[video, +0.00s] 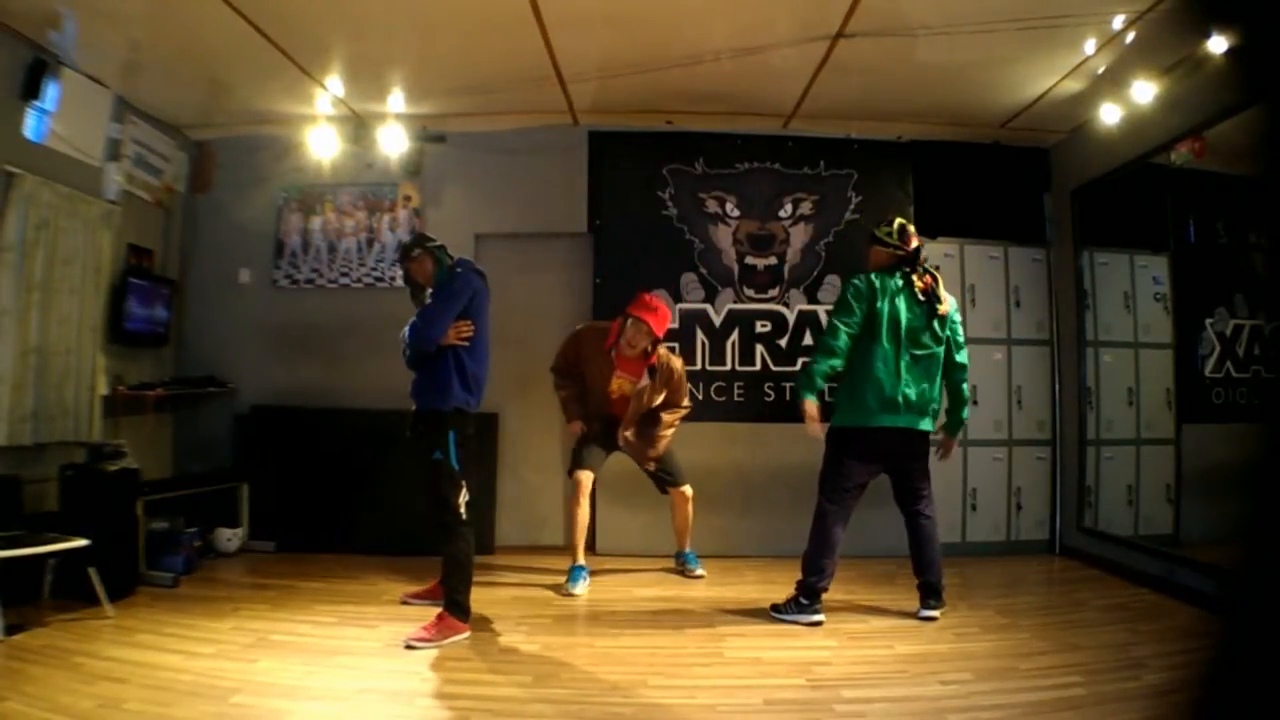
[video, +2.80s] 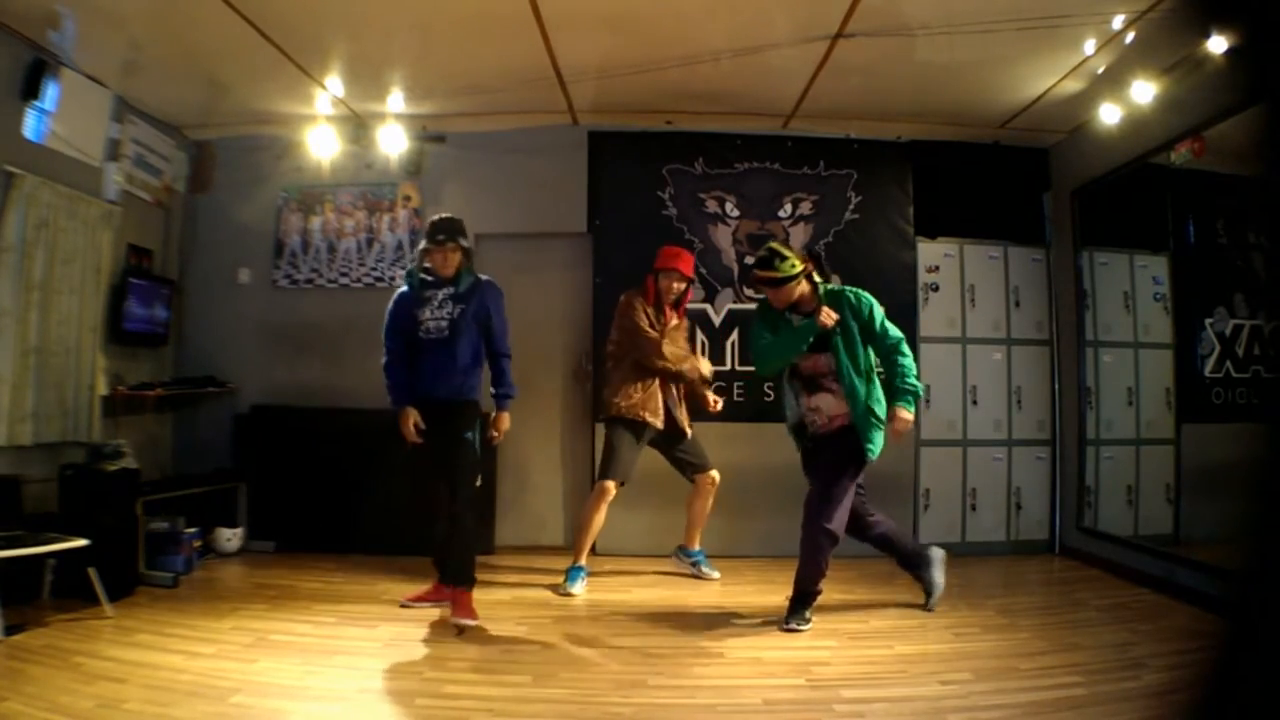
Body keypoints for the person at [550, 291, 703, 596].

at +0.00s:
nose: (635, 335)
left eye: (645, 333)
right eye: (634, 325)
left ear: (655, 338)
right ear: (625, 320)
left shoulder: (668, 366)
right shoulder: (590, 338)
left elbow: (677, 407)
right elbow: (562, 372)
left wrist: (651, 446)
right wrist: (573, 415)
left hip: (642, 429)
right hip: (598, 425)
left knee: (683, 492)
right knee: (581, 480)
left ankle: (684, 554)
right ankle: (578, 566)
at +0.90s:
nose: (669, 367)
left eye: (673, 359)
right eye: (661, 361)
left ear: (682, 358)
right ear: (650, 363)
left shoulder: (697, 374)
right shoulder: (630, 374)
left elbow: (702, 396)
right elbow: (593, 387)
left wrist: (679, 428)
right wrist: (599, 428)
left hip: (660, 439)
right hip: (620, 438)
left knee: (710, 487)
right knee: (596, 479)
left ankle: (687, 554)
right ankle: (578, 567)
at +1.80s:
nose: (704, 332)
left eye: (711, 326)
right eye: (699, 323)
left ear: (718, 330)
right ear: (687, 322)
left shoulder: (712, 362)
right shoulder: (653, 341)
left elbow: (702, 409)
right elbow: (611, 375)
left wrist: (708, 441)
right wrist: (613, 420)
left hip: (668, 432)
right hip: (631, 428)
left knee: (710, 486)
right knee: (597, 478)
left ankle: (687, 553)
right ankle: (578, 566)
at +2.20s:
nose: (674, 301)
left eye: (677, 295)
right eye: (668, 294)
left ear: (679, 295)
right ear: (648, 291)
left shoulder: (669, 327)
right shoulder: (609, 314)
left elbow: (669, 374)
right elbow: (580, 362)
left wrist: (673, 410)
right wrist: (594, 404)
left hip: (646, 417)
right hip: (608, 414)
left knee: (678, 481)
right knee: (592, 483)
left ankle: (680, 555)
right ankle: (578, 567)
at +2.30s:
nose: (669, 299)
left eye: (672, 293)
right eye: (664, 291)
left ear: (672, 292)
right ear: (644, 286)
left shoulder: (658, 321)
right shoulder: (608, 311)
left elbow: (656, 367)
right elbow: (597, 363)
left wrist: (663, 393)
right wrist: (625, 377)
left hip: (640, 413)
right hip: (606, 410)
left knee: (674, 476)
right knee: (600, 483)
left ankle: (678, 558)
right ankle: (579, 566)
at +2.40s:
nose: (666, 294)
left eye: (670, 288)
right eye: (661, 286)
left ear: (669, 288)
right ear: (642, 281)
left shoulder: (648, 314)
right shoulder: (611, 312)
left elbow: (644, 369)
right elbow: (623, 374)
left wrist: (674, 379)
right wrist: (672, 377)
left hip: (637, 416)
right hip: (607, 416)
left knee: (671, 478)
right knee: (604, 485)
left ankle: (676, 559)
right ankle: (579, 567)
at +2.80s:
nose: (674, 286)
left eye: (681, 281)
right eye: (669, 278)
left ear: (687, 285)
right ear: (655, 277)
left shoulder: (681, 321)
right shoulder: (633, 305)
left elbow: (684, 366)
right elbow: (654, 353)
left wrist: (701, 394)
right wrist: (697, 368)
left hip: (667, 414)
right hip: (630, 411)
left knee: (707, 478)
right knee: (607, 486)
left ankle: (690, 551)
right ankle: (578, 566)